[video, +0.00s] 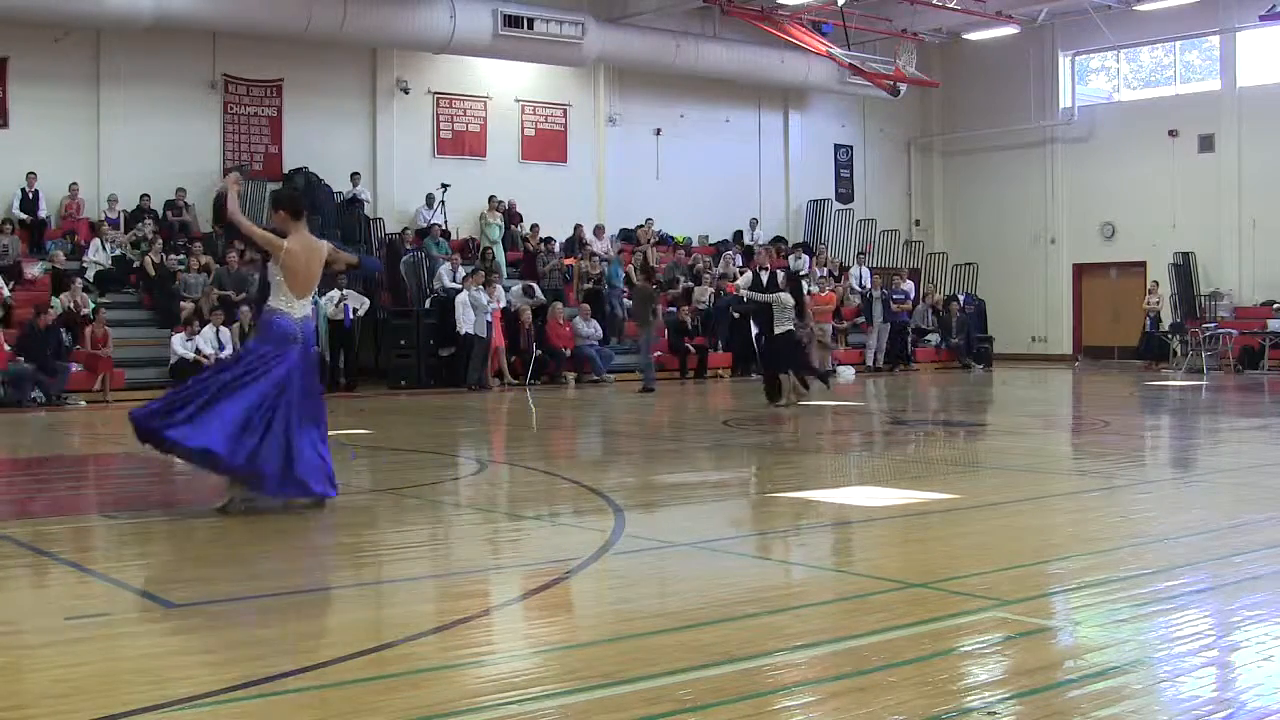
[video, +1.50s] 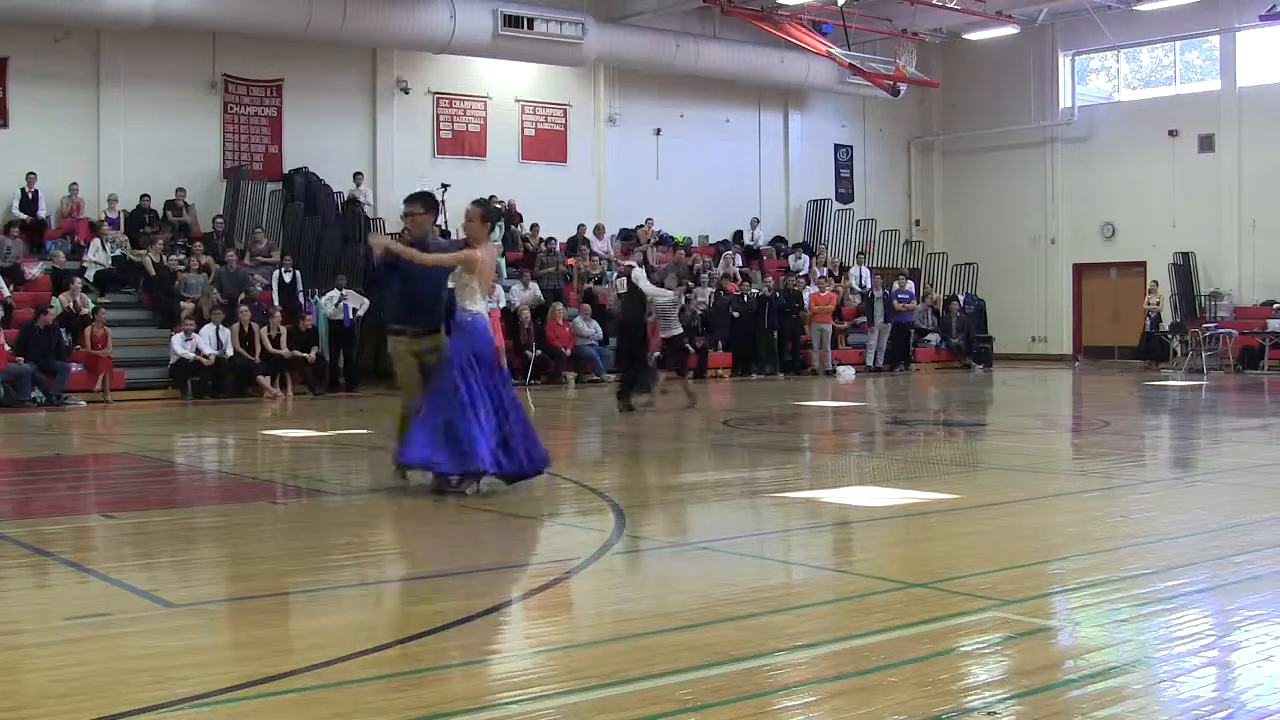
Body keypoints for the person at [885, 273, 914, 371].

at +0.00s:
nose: (896, 281)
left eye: (897, 279)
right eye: (894, 280)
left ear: (901, 281)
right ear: (892, 282)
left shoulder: (906, 293)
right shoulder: (890, 293)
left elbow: (909, 306)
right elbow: (892, 308)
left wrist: (897, 306)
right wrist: (904, 306)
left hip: (904, 320)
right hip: (893, 320)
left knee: (904, 342)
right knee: (894, 343)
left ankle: (907, 361)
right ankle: (895, 363)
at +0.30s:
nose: (897, 281)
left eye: (899, 279)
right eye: (895, 279)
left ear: (903, 280)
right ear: (893, 281)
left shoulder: (907, 293)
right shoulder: (891, 293)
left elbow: (911, 305)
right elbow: (893, 307)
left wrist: (898, 306)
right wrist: (906, 306)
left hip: (905, 321)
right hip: (895, 321)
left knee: (905, 342)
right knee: (895, 343)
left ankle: (906, 362)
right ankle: (895, 364)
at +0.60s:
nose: (898, 281)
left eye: (900, 279)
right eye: (896, 279)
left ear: (904, 280)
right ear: (893, 281)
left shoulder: (908, 293)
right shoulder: (891, 293)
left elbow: (912, 305)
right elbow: (894, 307)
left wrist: (900, 305)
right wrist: (907, 305)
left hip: (906, 321)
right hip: (895, 321)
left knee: (906, 343)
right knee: (895, 343)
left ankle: (907, 363)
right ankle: (896, 364)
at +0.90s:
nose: (900, 282)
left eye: (902, 279)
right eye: (898, 279)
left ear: (905, 280)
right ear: (896, 281)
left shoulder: (909, 293)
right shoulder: (893, 293)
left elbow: (914, 305)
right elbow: (896, 307)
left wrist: (901, 305)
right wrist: (908, 305)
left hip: (907, 321)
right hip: (897, 321)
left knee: (906, 343)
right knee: (896, 343)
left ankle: (907, 363)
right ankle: (896, 364)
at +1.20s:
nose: (900, 281)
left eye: (902, 279)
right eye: (898, 280)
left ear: (906, 281)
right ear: (896, 281)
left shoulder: (910, 293)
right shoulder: (894, 293)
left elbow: (914, 305)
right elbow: (896, 307)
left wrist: (902, 305)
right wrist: (908, 306)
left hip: (907, 321)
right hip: (897, 321)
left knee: (906, 343)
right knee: (896, 343)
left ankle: (906, 363)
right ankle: (896, 364)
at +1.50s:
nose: (901, 281)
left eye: (903, 279)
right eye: (899, 279)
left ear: (906, 281)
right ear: (897, 281)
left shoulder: (911, 293)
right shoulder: (894, 293)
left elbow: (914, 305)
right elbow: (896, 307)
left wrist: (902, 305)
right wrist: (909, 306)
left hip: (908, 321)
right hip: (897, 321)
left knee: (906, 343)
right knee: (897, 344)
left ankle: (907, 363)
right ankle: (896, 364)